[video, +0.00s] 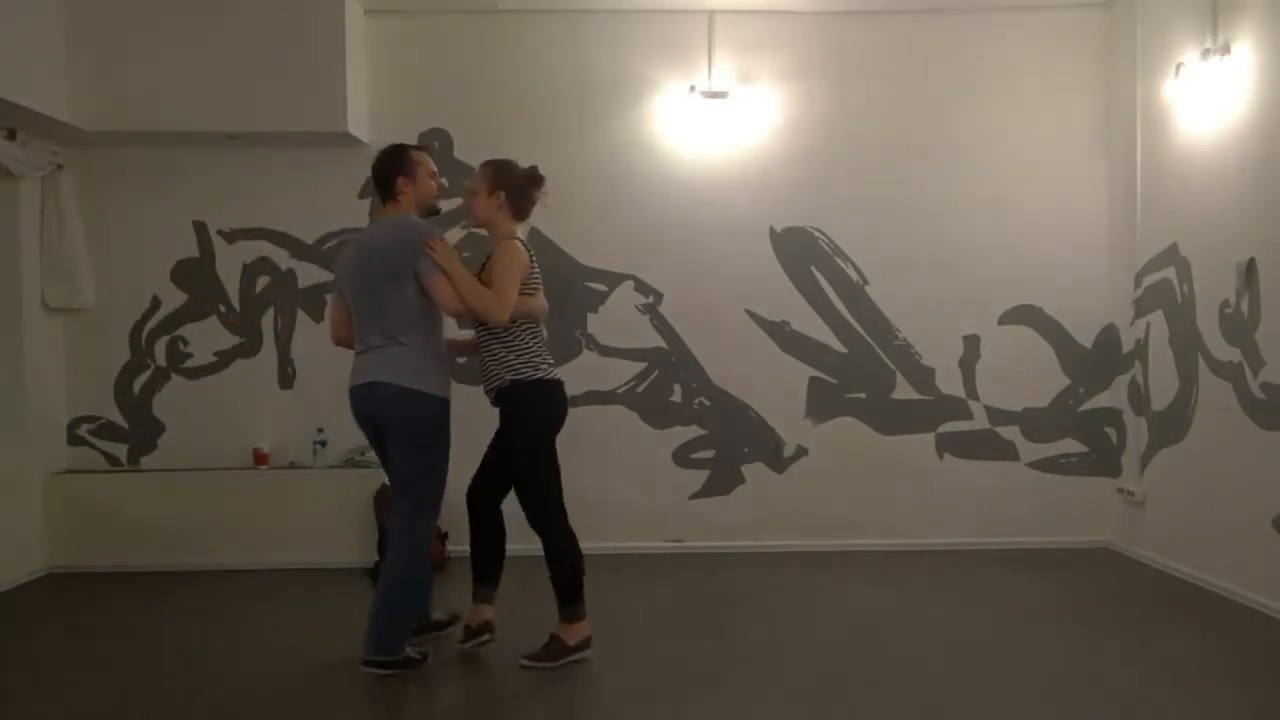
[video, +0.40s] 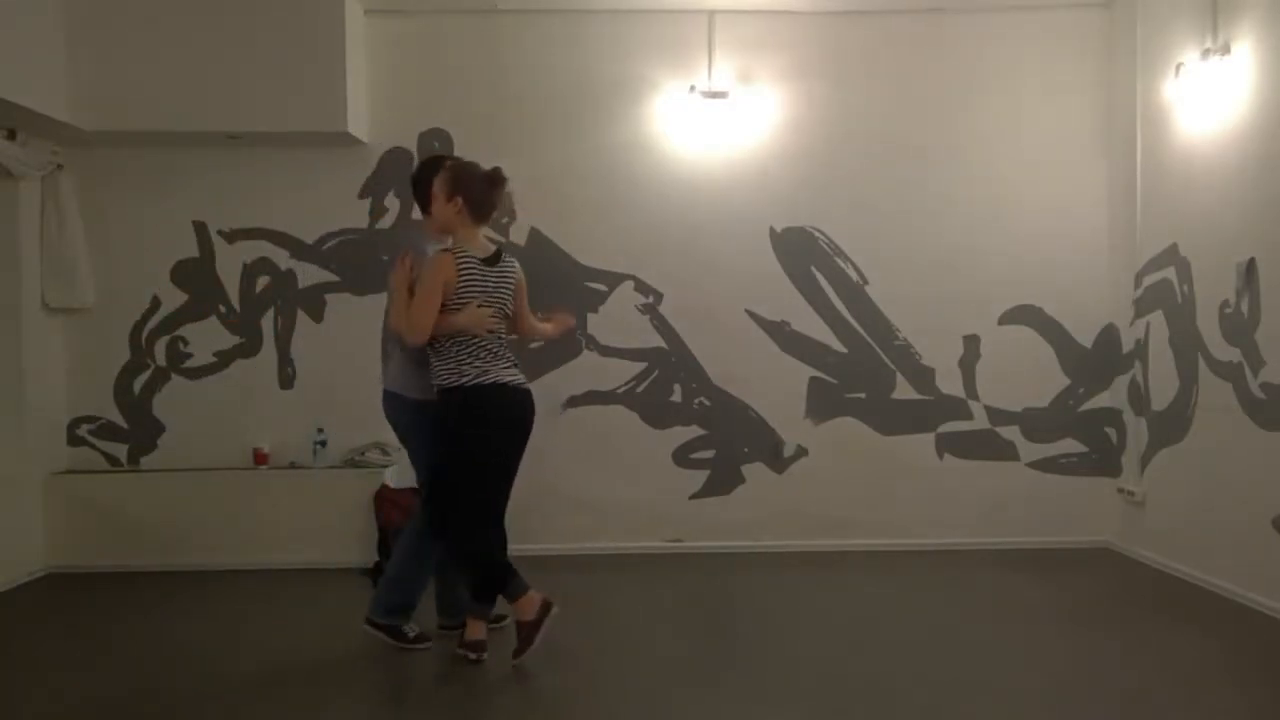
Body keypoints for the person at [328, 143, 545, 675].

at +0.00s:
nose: (440, 185)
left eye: (437, 175)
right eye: (431, 176)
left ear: (388, 188)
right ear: (403, 184)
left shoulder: (353, 246)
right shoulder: (418, 235)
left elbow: (340, 332)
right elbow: (454, 301)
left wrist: (407, 342)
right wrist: (530, 307)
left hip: (367, 390)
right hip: (416, 393)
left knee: (412, 502)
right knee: (418, 510)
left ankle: (412, 610)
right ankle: (385, 645)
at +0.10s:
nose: (450, 190)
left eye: (447, 181)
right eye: (442, 181)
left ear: (404, 195)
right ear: (415, 191)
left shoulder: (378, 246)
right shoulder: (422, 240)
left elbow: (367, 336)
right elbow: (439, 308)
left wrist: (447, 321)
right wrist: (520, 314)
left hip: (382, 395)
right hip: (418, 399)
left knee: (426, 509)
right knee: (423, 514)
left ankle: (453, 614)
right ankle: (383, 646)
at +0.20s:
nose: (459, 196)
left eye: (457, 187)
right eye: (452, 188)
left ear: (421, 197)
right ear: (426, 196)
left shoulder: (407, 243)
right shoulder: (417, 246)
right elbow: (425, 315)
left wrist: (499, 312)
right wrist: (499, 319)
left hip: (403, 397)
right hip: (413, 401)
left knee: (448, 501)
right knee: (428, 506)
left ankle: (458, 611)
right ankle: (382, 634)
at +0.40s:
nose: (461, 202)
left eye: (460, 191)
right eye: (454, 192)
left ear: (431, 195)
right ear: (435, 195)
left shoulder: (451, 248)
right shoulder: (421, 250)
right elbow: (412, 322)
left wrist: (505, 315)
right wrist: (467, 319)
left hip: (436, 393)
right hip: (415, 396)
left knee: (453, 499)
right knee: (439, 501)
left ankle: (457, 609)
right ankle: (388, 610)